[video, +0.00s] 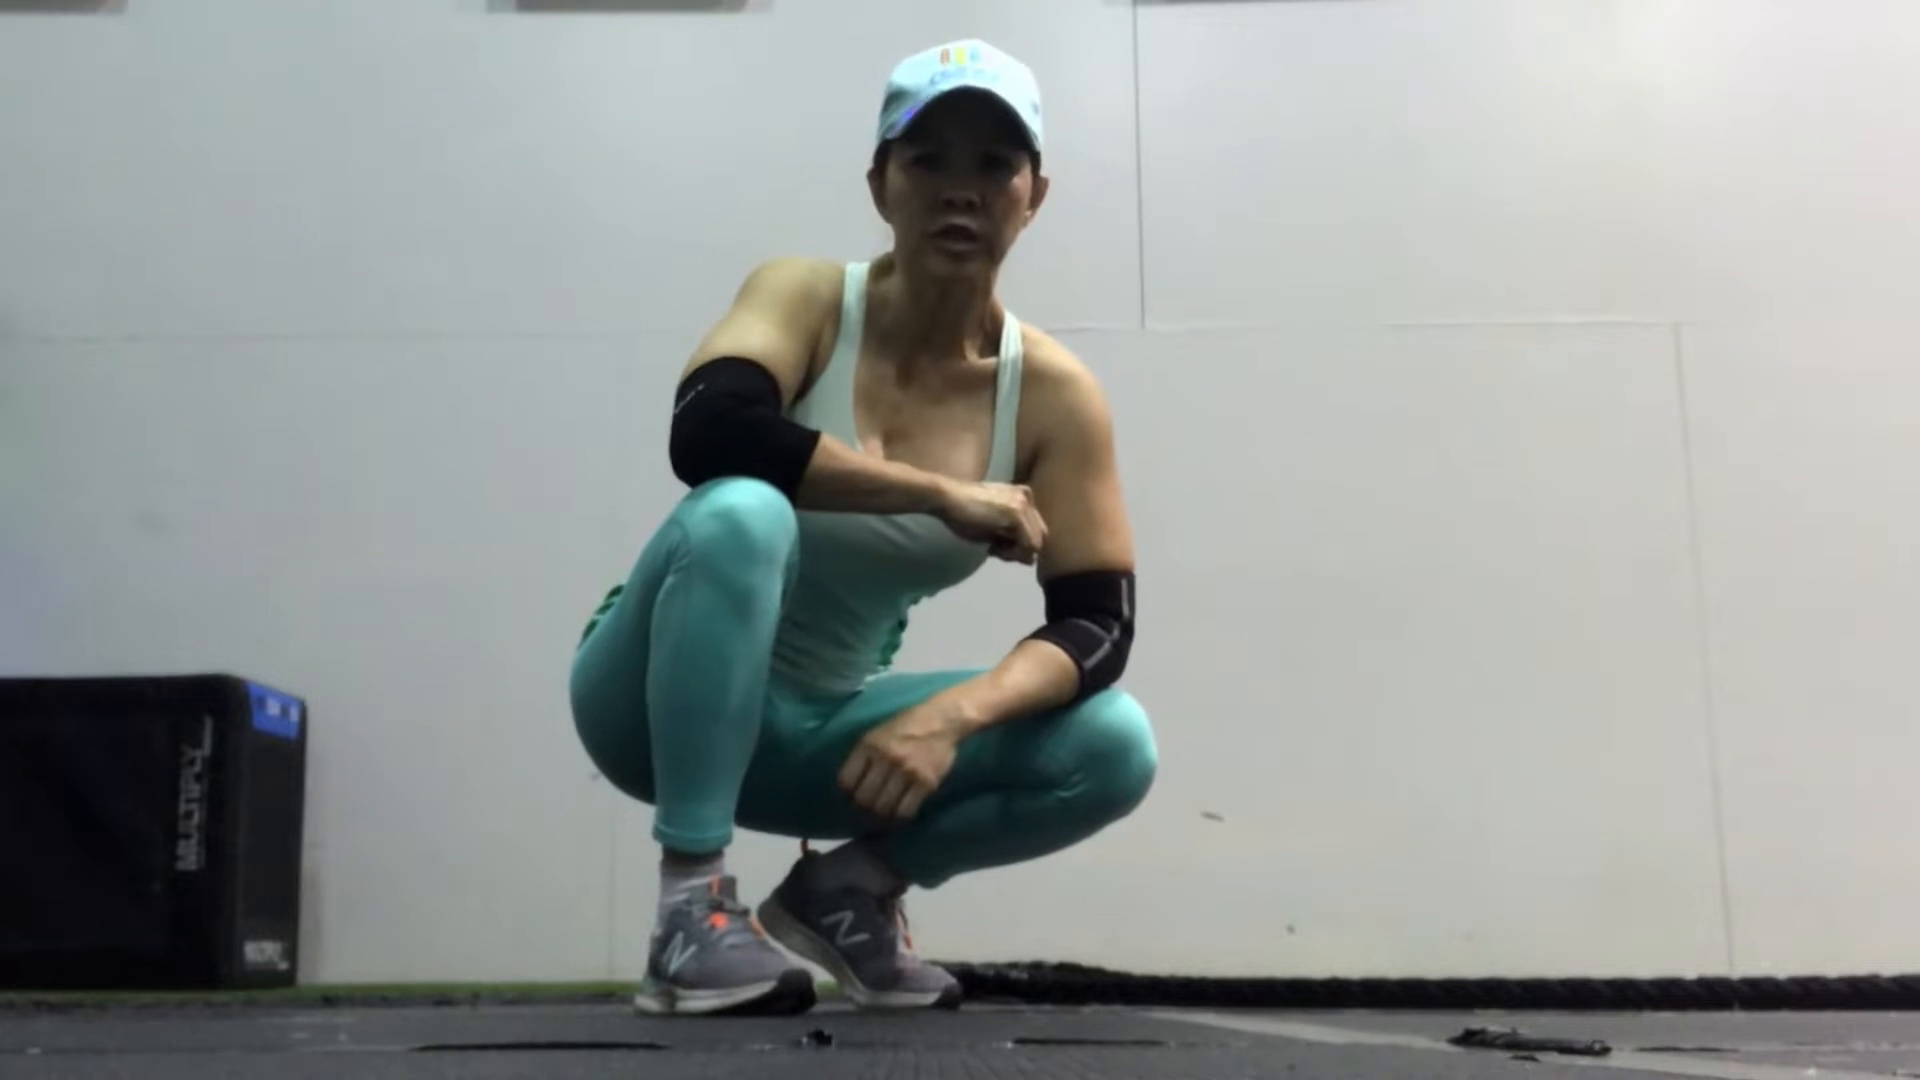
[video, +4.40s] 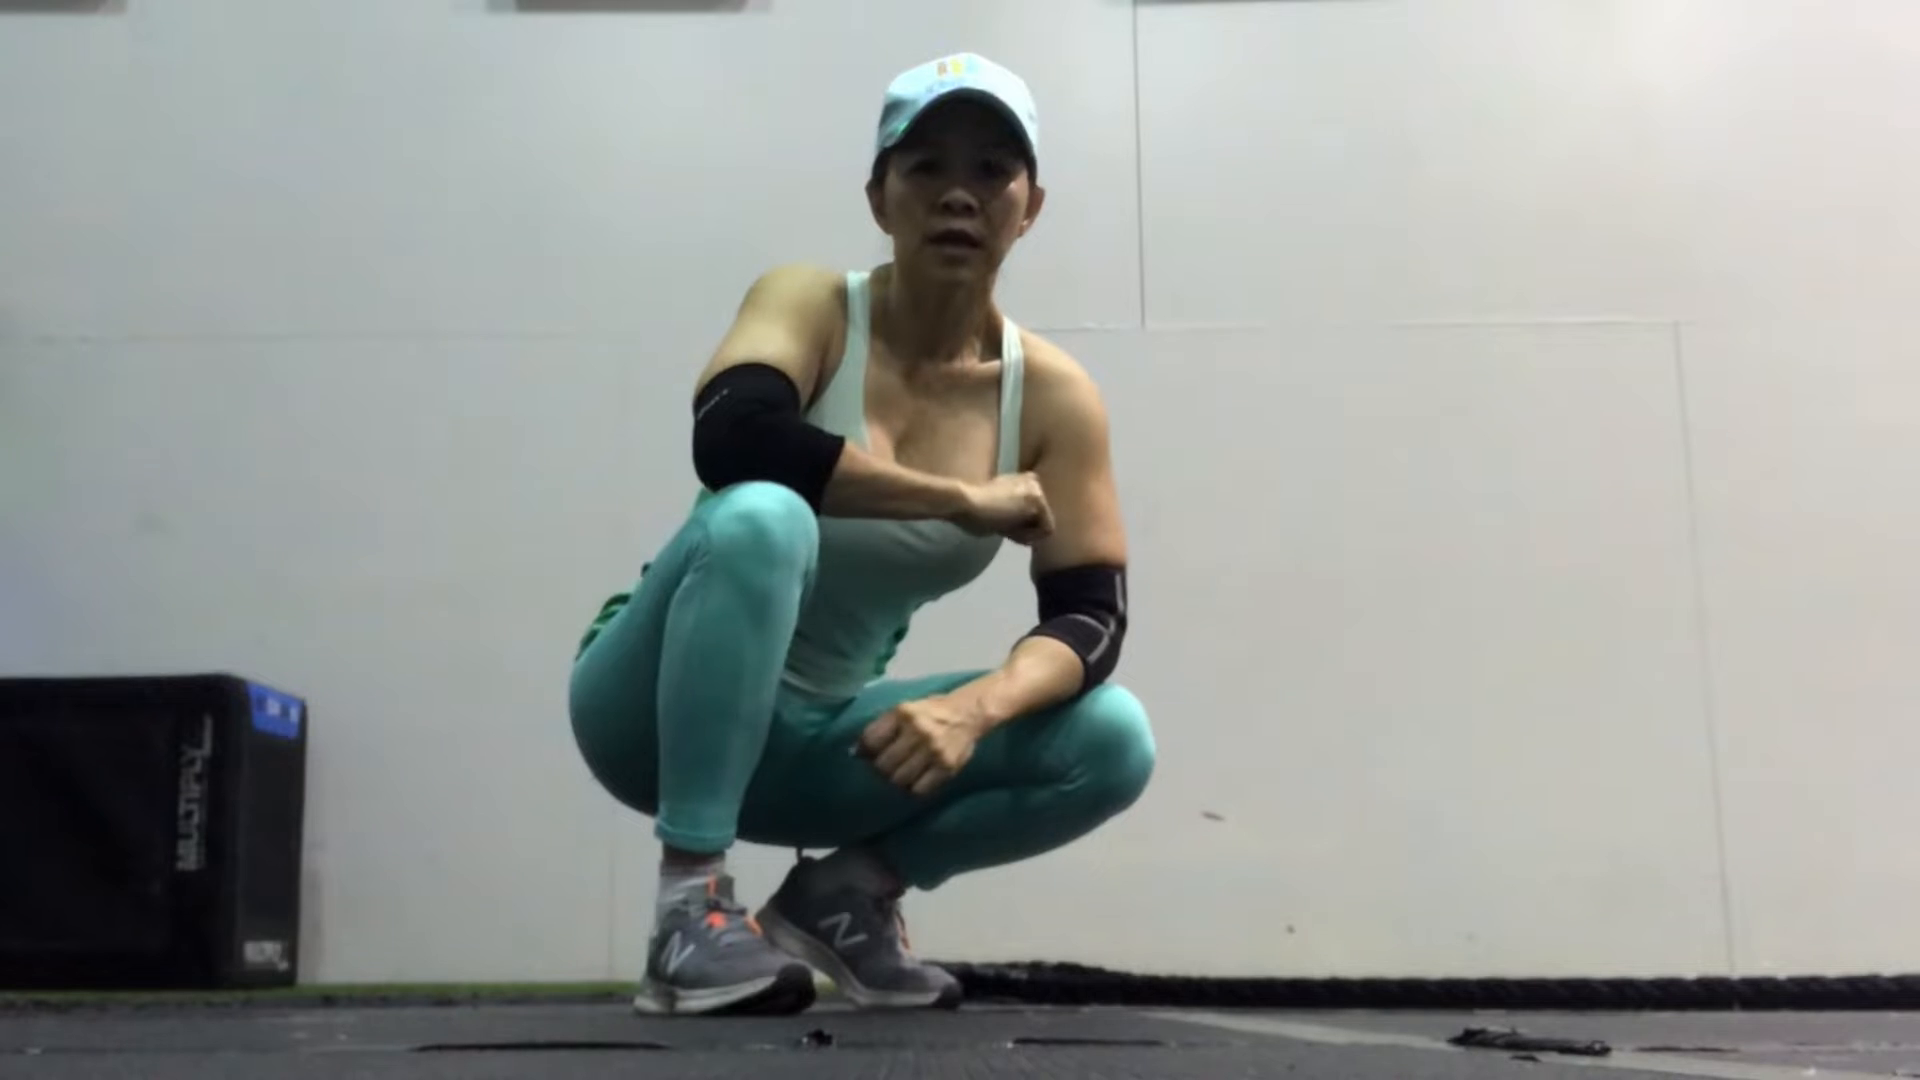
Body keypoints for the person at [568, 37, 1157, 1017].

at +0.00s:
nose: (960, 189)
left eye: (993, 163)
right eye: (929, 159)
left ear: (1034, 195)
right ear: (881, 182)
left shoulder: (1054, 394)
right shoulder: (800, 298)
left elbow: (1094, 627)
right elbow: (711, 436)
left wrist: (951, 712)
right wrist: (942, 497)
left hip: (829, 732)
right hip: (666, 699)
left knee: (1112, 748)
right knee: (741, 516)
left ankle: (845, 888)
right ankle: (692, 909)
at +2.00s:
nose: (960, 187)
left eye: (992, 165)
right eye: (931, 159)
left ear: (1033, 202)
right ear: (883, 189)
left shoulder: (1054, 398)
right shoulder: (804, 297)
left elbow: (1090, 621)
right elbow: (714, 434)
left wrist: (968, 710)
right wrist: (943, 498)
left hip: (821, 740)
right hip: (658, 705)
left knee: (1110, 745)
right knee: (747, 517)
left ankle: (840, 891)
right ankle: (691, 910)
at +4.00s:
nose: (956, 192)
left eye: (988, 169)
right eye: (926, 165)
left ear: (1029, 205)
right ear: (880, 193)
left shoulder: (1048, 396)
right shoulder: (801, 307)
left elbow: (1088, 619)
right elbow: (732, 437)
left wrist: (973, 707)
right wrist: (961, 496)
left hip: (824, 746)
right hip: (661, 711)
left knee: (1110, 740)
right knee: (758, 519)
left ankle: (841, 894)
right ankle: (691, 910)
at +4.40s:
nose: (958, 194)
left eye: (989, 171)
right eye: (927, 166)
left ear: (1030, 205)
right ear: (881, 193)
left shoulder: (1052, 397)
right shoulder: (804, 304)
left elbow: (1088, 620)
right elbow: (735, 439)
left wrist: (974, 708)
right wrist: (963, 500)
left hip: (823, 745)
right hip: (660, 710)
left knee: (1109, 742)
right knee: (762, 520)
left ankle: (841, 894)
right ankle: (693, 909)